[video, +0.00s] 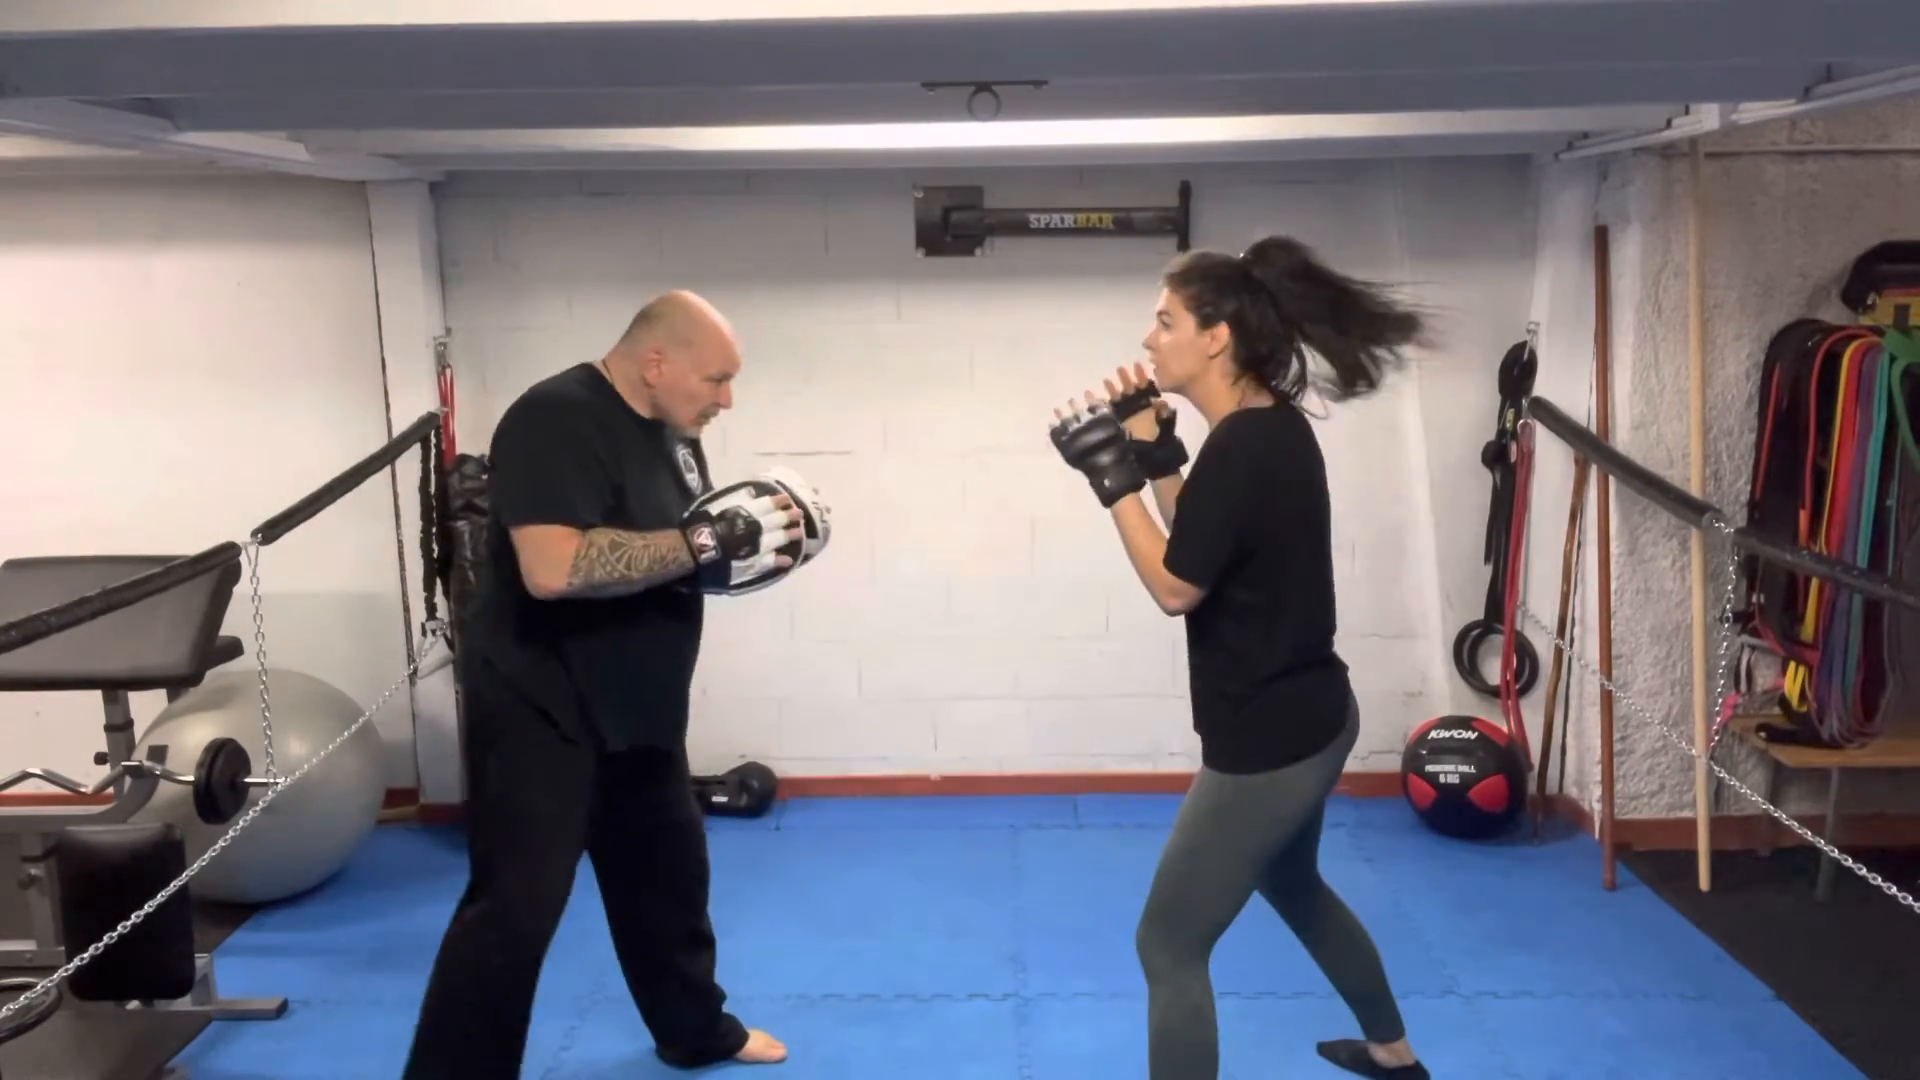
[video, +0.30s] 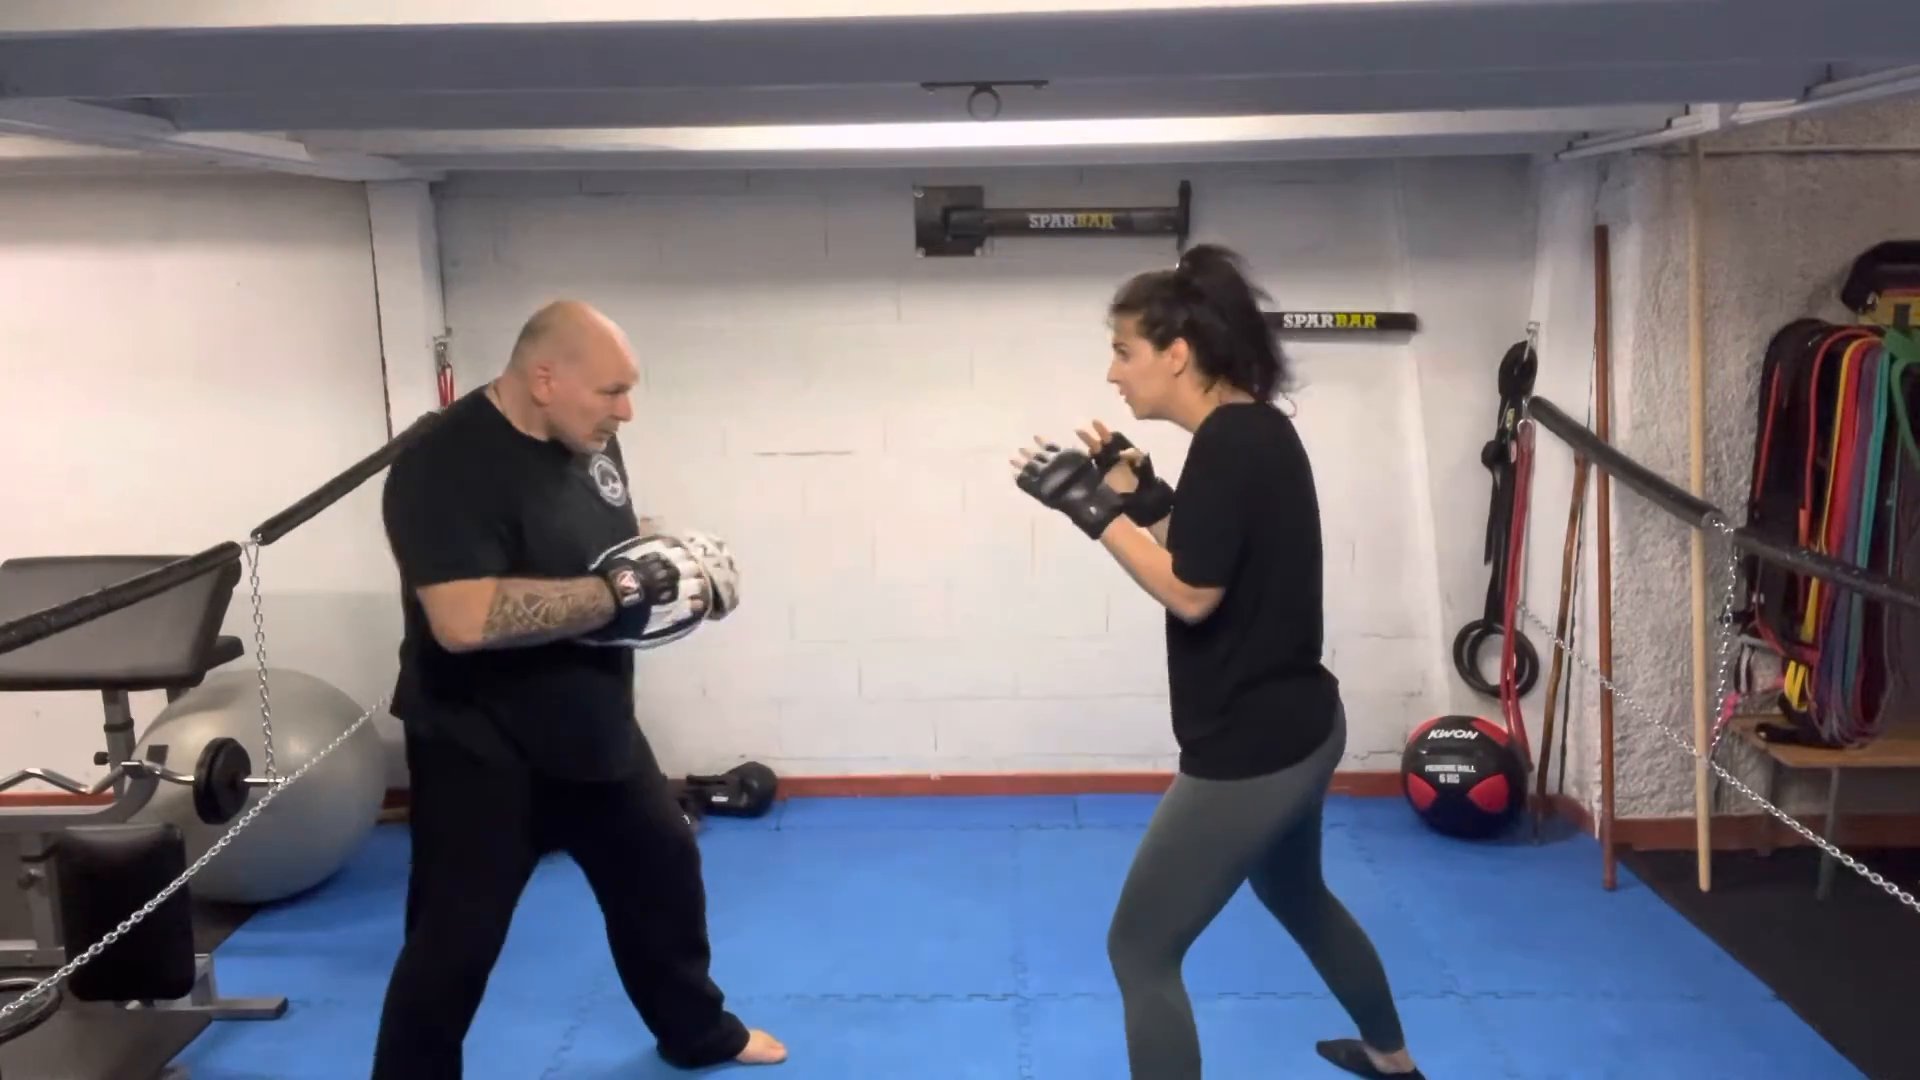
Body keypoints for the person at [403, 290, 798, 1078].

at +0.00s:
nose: (725, 401)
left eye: (729, 383)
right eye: (716, 381)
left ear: (662, 365)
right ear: (656, 361)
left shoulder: (662, 437)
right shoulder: (549, 420)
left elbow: (674, 562)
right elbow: (551, 568)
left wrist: (761, 544)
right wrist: (697, 541)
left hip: (634, 710)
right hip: (534, 714)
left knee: (665, 876)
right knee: (516, 903)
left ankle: (694, 1031)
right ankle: (451, 1072)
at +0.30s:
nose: (625, 410)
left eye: (628, 391)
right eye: (612, 391)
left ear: (555, 382)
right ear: (544, 380)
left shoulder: (588, 447)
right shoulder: (438, 460)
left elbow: (610, 549)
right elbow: (461, 617)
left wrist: (681, 564)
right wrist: (622, 586)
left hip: (592, 730)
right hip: (477, 747)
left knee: (660, 863)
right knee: (451, 945)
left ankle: (694, 1030)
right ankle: (411, 1074)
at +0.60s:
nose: (607, 406)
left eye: (609, 386)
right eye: (591, 387)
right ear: (524, 377)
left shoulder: (583, 435)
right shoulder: (420, 444)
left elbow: (653, 489)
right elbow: (416, 586)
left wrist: (721, 473)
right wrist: (574, 544)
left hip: (586, 734)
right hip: (473, 750)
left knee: (649, 866)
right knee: (445, 951)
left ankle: (693, 1028)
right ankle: (407, 1071)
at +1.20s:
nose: (586, 397)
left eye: (597, 381)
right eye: (573, 378)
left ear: (604, 384)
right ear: (516, 372)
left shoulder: (592, 434)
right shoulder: (433, 416)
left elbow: (684, 459)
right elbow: (439, 480)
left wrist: (758, 393)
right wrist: (561, 413)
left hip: (589, 732)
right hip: (472, 746)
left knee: (652, 880)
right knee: (455, 952)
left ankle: (697, 1031)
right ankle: (411, 1076)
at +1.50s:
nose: (608, 404)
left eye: (610, 384)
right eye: (590, 385)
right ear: (520, 374)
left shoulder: (579, 445)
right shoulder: (439, 439)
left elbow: (624, 522)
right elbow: (518, 527)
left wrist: (694, 490)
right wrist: (647, 421)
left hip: (585, 730)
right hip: (479, 748)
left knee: (646, 885)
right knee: (463, 948)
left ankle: (696, 1031)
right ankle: (413, 1073)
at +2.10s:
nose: (660, 401)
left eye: (663, 386)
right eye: (647, 385)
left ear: (587, 384)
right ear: (582, 382)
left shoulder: (625, 451)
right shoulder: (486, 472)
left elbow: (641, 569)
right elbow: (555, 604)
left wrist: (687, 610)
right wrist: (651, 489)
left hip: (659, 747)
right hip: (540, 768)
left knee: (736, 879)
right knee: (477, 960)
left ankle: (793, 1027)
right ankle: (414, 1073)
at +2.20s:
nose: (677, 394)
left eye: (691, 382)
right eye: (666, 373)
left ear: (702, 397)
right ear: (615, 370)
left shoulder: (691, 457)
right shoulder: (528, 448)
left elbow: (719, 526)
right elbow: (558, 578)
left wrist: (781, 556)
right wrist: (629, 444)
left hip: (700, 738)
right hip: (571, 753)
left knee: (776, 863)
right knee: (489, 953)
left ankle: (795, 1027)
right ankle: (424, 1070)